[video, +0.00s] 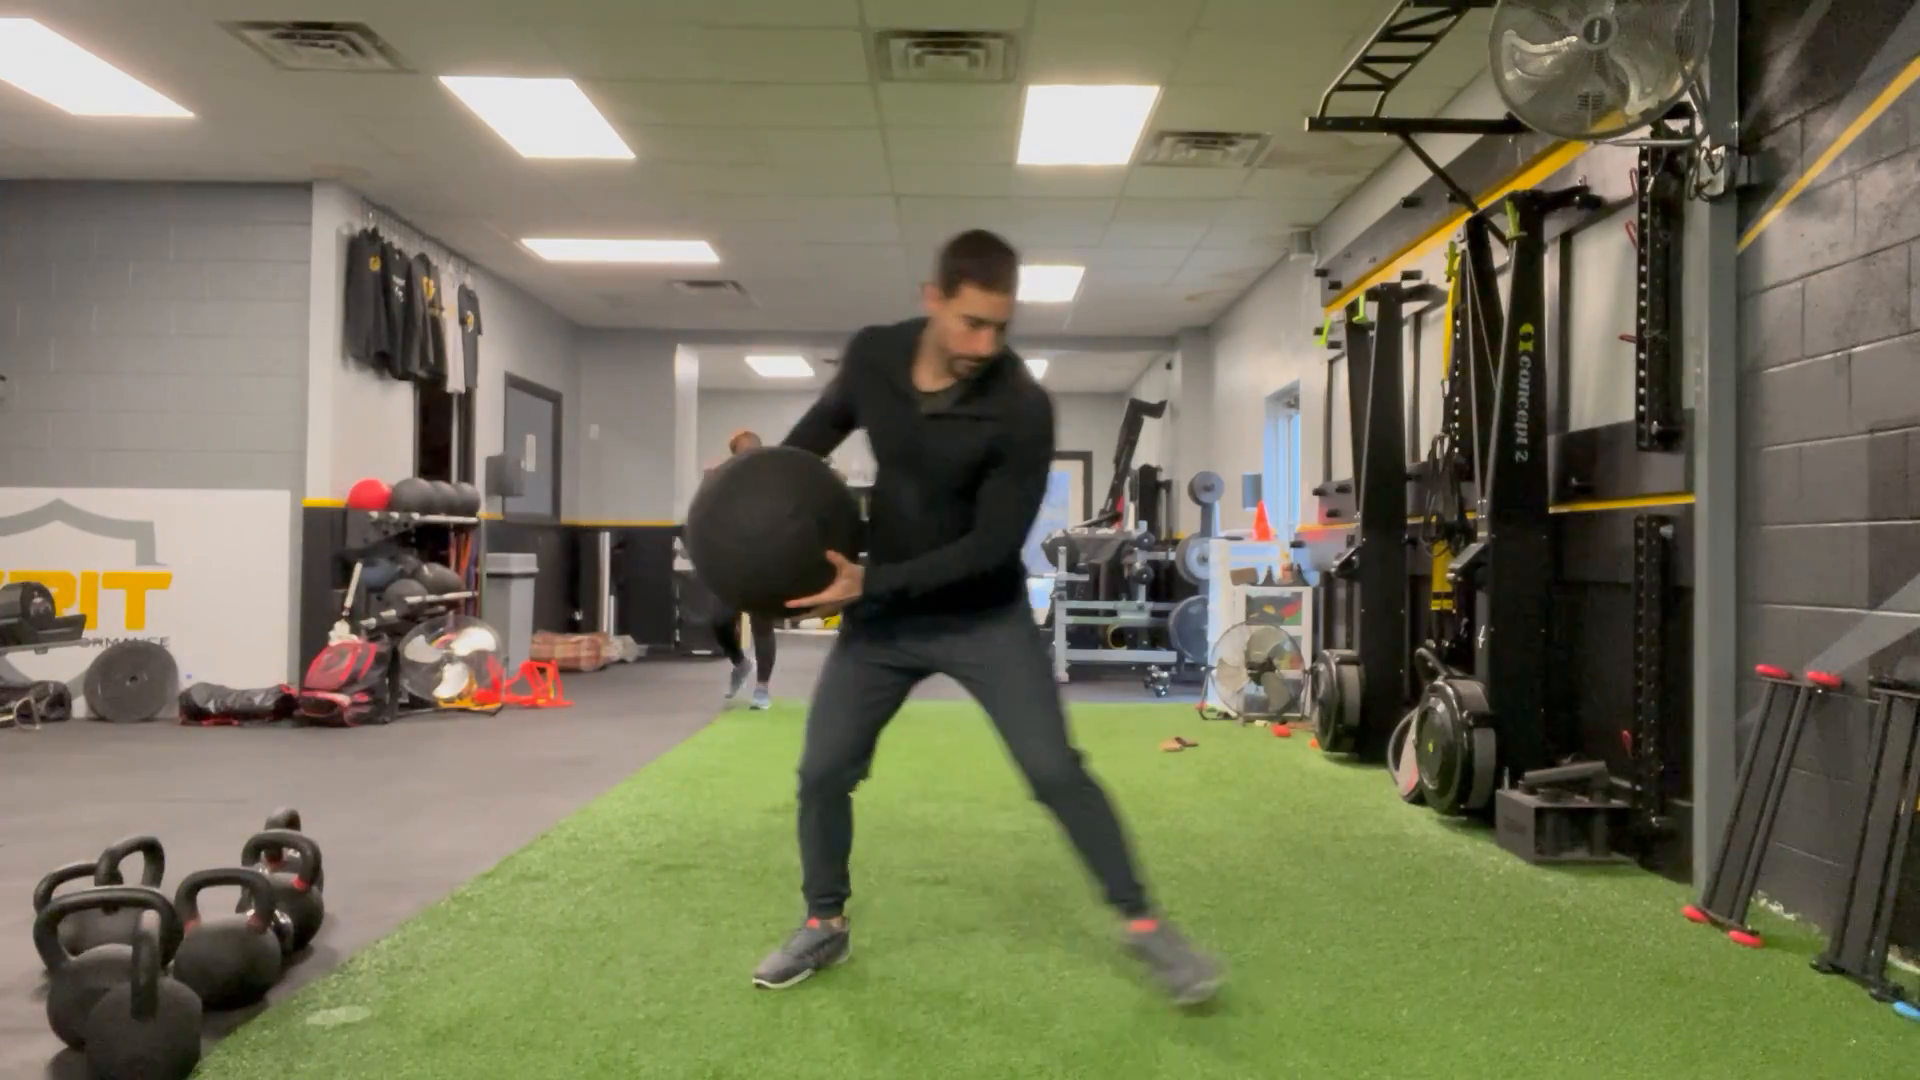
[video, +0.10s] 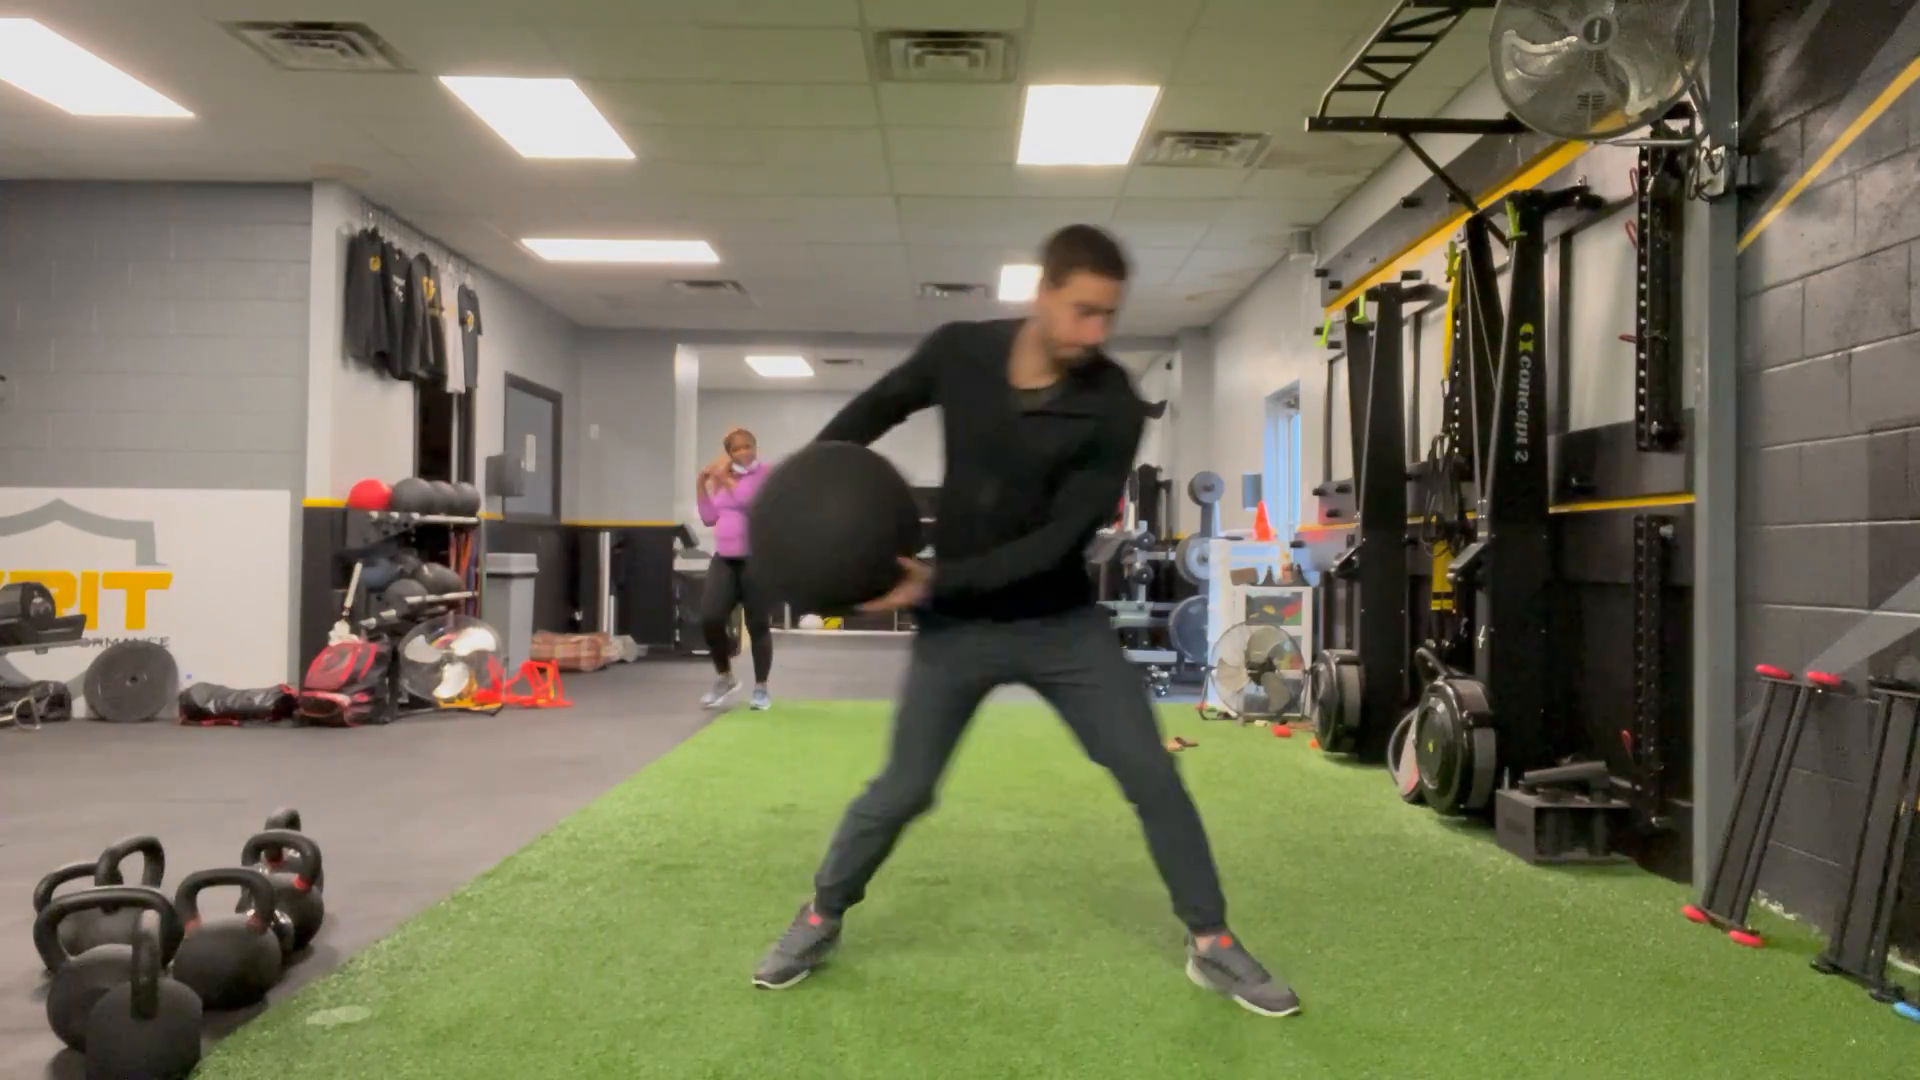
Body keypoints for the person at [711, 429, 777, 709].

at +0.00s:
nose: (748, 460)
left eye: (751, 454)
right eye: (742, 455)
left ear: (759, 454)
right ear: (734, 455)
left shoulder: (770, 480)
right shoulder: (723, 479)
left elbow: (787, 520)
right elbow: (704, 521)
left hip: (765, 562)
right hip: (731, 562)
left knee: (762, 625)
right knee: (720, 622)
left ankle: (763, 686)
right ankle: (741, 664)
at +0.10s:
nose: (743, 452)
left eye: (747, 447)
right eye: (737, 448)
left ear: (755, 448)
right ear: (729, 453)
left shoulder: (764, 473)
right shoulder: (722, 476)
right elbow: (709, 518)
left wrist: (724, 476)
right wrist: (701, 486)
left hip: (755, 557)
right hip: (725, 557)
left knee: (758, 624)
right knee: (710, 618)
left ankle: (761, 686)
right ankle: (725, 678)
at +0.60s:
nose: (694, 445)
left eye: (699, 439)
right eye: (687, 441)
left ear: (708, 441)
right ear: (679, 447)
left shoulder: (723, 468)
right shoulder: (673, 472)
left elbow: (703, 496)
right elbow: (654, 513)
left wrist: (675, 472)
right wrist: (655, 480)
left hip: (713, 554)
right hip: (675, 556)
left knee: (707, 621)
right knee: (680, 624)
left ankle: (725, 674)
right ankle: (683, 694)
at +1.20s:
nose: (664, 437)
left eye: (670, 431)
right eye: (657, 433)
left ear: (681, 433)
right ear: (649, 438)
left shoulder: (697, 462)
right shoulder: (642, 465)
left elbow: (672, 493)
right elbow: (629, 515)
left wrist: (644, 463)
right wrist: (623, 478)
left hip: (685, 555)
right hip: (644, 558)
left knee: (675, 629)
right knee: (627, 624)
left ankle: (680, 707)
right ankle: (650, 684)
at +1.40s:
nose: (646, 435)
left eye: (652, 429)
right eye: (639, 431)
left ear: (664, 431)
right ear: (632, 437)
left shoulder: (683, 460)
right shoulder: (628, 465)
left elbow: (653, 491)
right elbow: (617, 514)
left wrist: (629, 464)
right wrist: (609, 482)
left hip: (671, 556)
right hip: (629, 558)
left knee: (670, 634)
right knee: (620, 632)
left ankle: (678, 709)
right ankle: (603, 710)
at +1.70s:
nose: (613, 432)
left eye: (619, 426)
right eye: (605, 428)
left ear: (628, 428)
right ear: (595, 435)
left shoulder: (646, 458)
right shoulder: (585, 463)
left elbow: (623, 491)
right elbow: (569, 516)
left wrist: (591, 459)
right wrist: (564, 477)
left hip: (633, 558)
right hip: (589, 561)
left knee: (628, 634)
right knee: (592, 638)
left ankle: (657, 688)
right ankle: (597, 718)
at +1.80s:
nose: (604, 429)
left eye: (610, 422)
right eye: (597, 424)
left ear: (620, 425)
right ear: (586, 430)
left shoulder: (637, 455)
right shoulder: (573, 460)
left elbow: (616, 486)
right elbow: (558, 513)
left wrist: (582, 458)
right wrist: (555, 473)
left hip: (624, 555)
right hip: (579, 558)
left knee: (610, 628)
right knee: (586, 637)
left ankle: (629, 701)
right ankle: (595, 717)